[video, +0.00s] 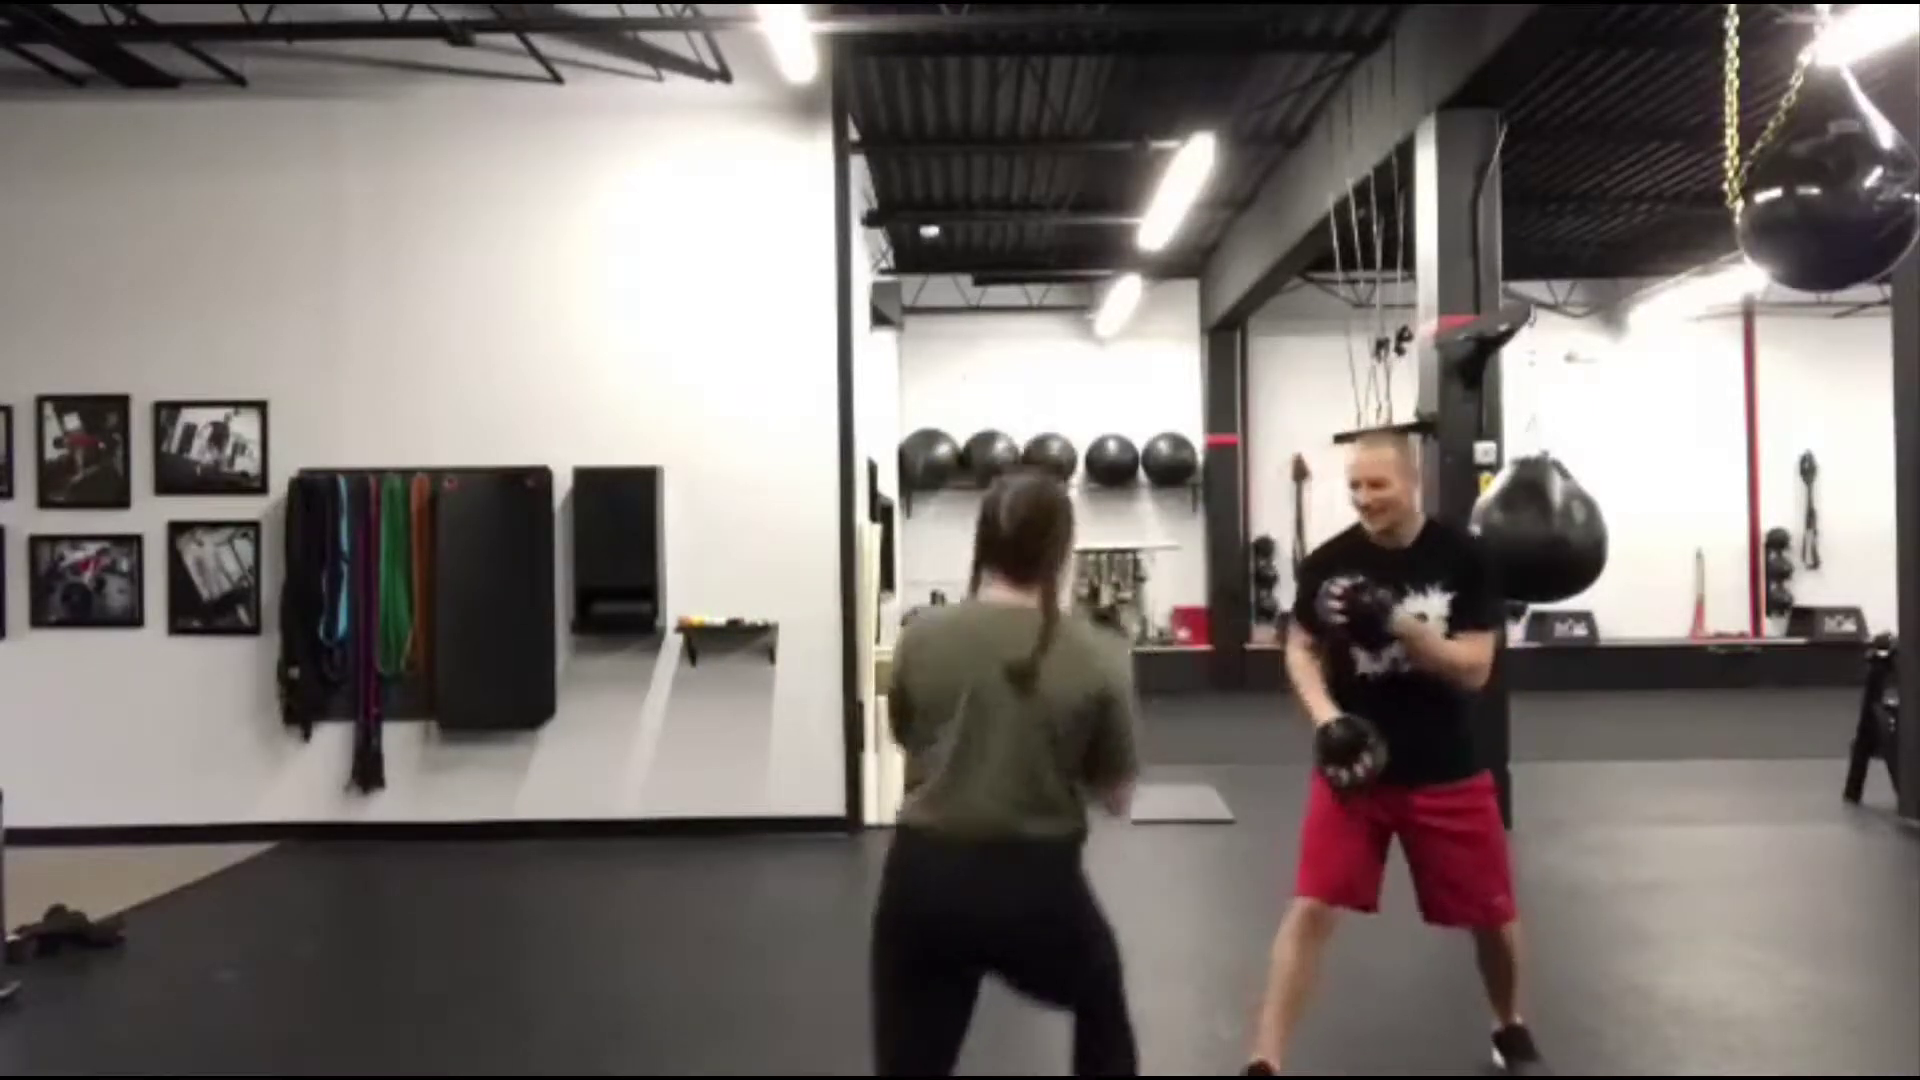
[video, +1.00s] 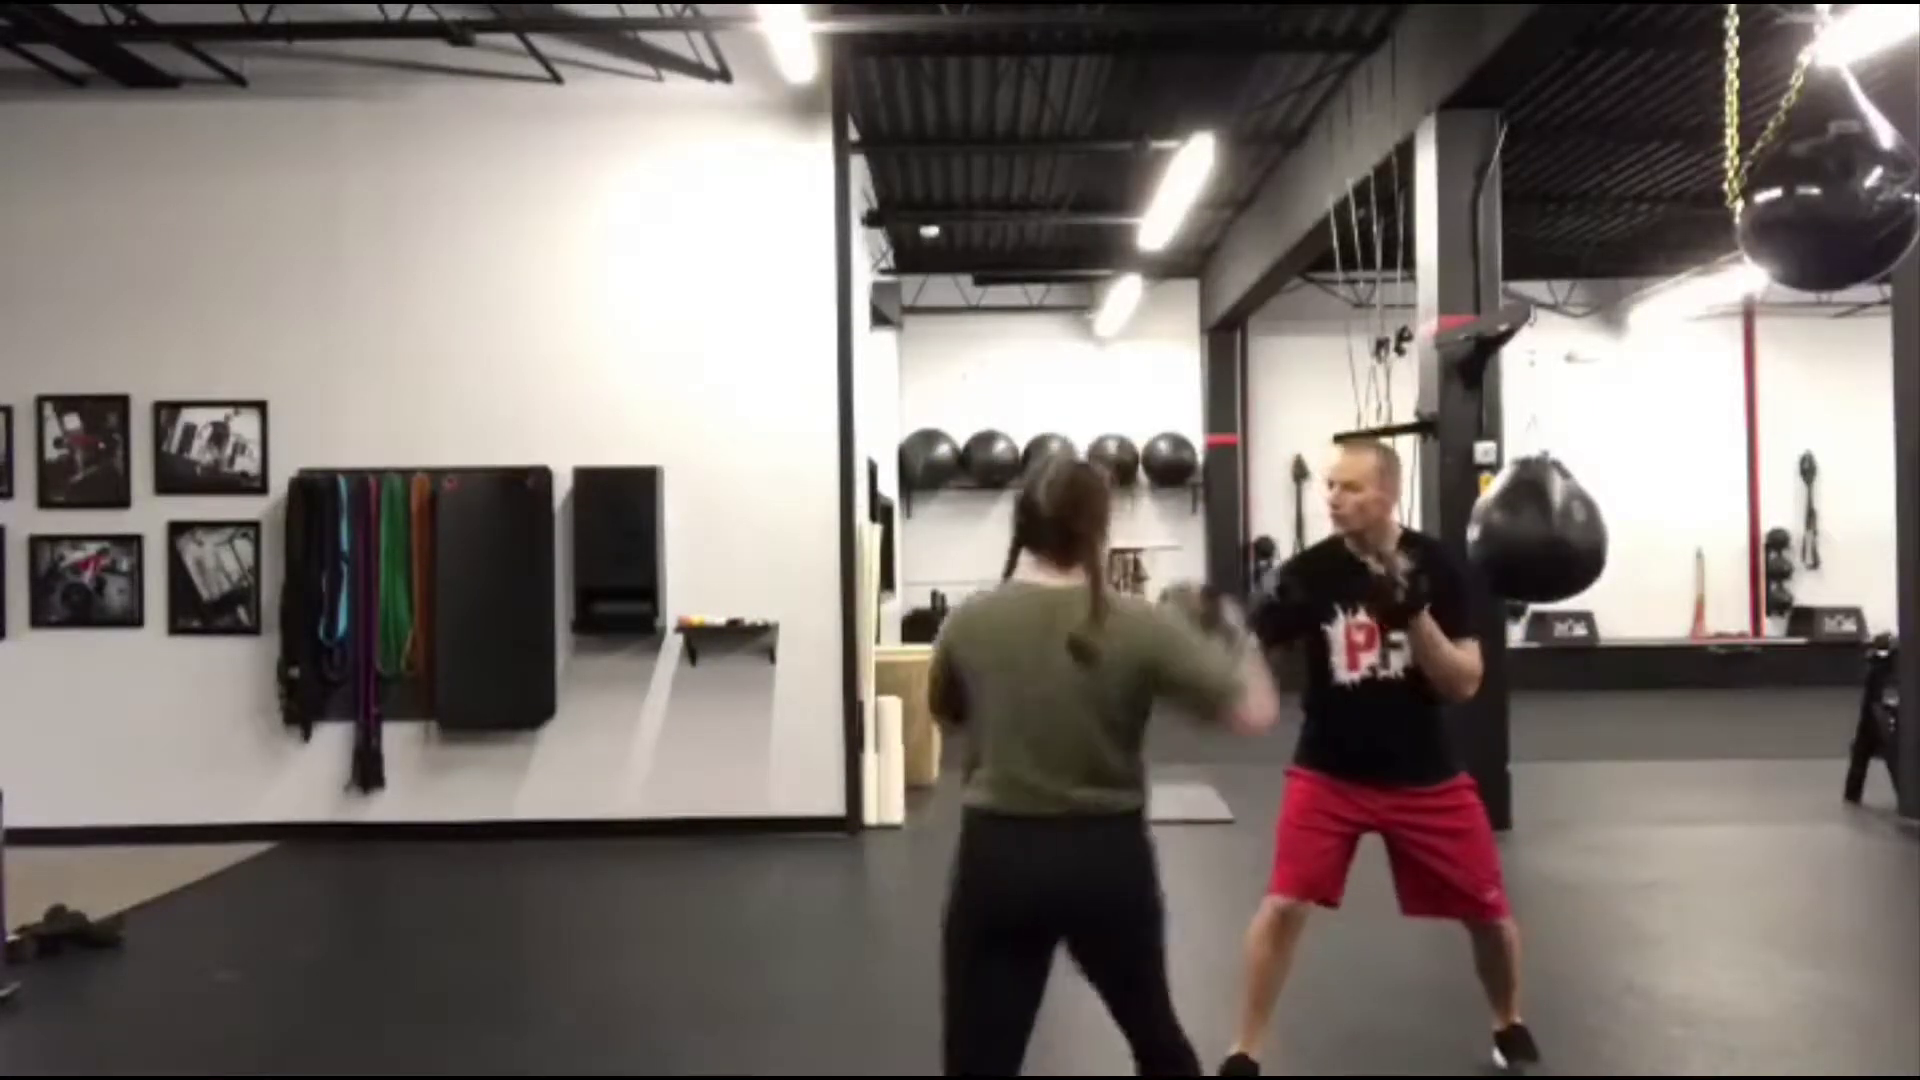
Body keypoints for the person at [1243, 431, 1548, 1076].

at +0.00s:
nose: (1366, 500)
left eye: (1378, 487)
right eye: (1357, 488)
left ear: (1413, 483)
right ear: (1347, 488)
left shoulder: (1464, 557)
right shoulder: (1325, 565)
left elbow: (1476, 665)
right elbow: (1300, 652)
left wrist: (1396, 626)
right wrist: (1330, 720)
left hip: (1451, 775)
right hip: (1354, 773)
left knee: (1496, 920)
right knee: (1313, 909)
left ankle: (1510, 1028)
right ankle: (1266, 1060)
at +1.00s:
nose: (1335, 500)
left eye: (1349, 488)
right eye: (1331, 488)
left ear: (1389, 493)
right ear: (1327, 493)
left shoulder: (1439, 566)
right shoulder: (1310, 571)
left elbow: (1464, 680)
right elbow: (1253, 650)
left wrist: (1410, 615)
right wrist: (1258, 694)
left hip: (1429, 778)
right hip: (1327, 775)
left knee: (1491, 917)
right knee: (1284, 905)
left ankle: (1509, 1026)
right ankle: (1245, 1053)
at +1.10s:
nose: (1334, 496)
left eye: (1349, 484)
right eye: (1329, 485)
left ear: (1388, 489)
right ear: (1323, 493)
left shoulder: (1440, 564)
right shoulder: (1309, 570)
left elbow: (1465, 677)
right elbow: (1283, 657)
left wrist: (1407, 608)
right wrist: (1250, 604)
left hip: (1431, 778)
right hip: (1329, 772)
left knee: (1491, 919)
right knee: (1282, 904)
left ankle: (1510, 1026)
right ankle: (1245, 1052)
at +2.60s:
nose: (1295, 509)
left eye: (1307, 496)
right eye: (1284, 499)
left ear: (1331, 499)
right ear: (1271, 506)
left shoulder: (1379, 571)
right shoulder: (1260, 581)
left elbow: (1428, 682)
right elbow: (1239, 675)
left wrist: (1354, 698)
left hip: (1395, 778)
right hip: (1303, 782)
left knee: (1472, 912)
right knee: (1267, 919)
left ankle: (1515, 1023)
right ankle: (1233, 1045)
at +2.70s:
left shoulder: (1327, 569)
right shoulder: (1198, 585)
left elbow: (1391, 657)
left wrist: (1361, 720)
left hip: (1338, 765)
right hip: (1252, 778)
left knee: (1420, 896)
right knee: (1245, 915)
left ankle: (1500, 1018)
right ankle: (1236, 1045)